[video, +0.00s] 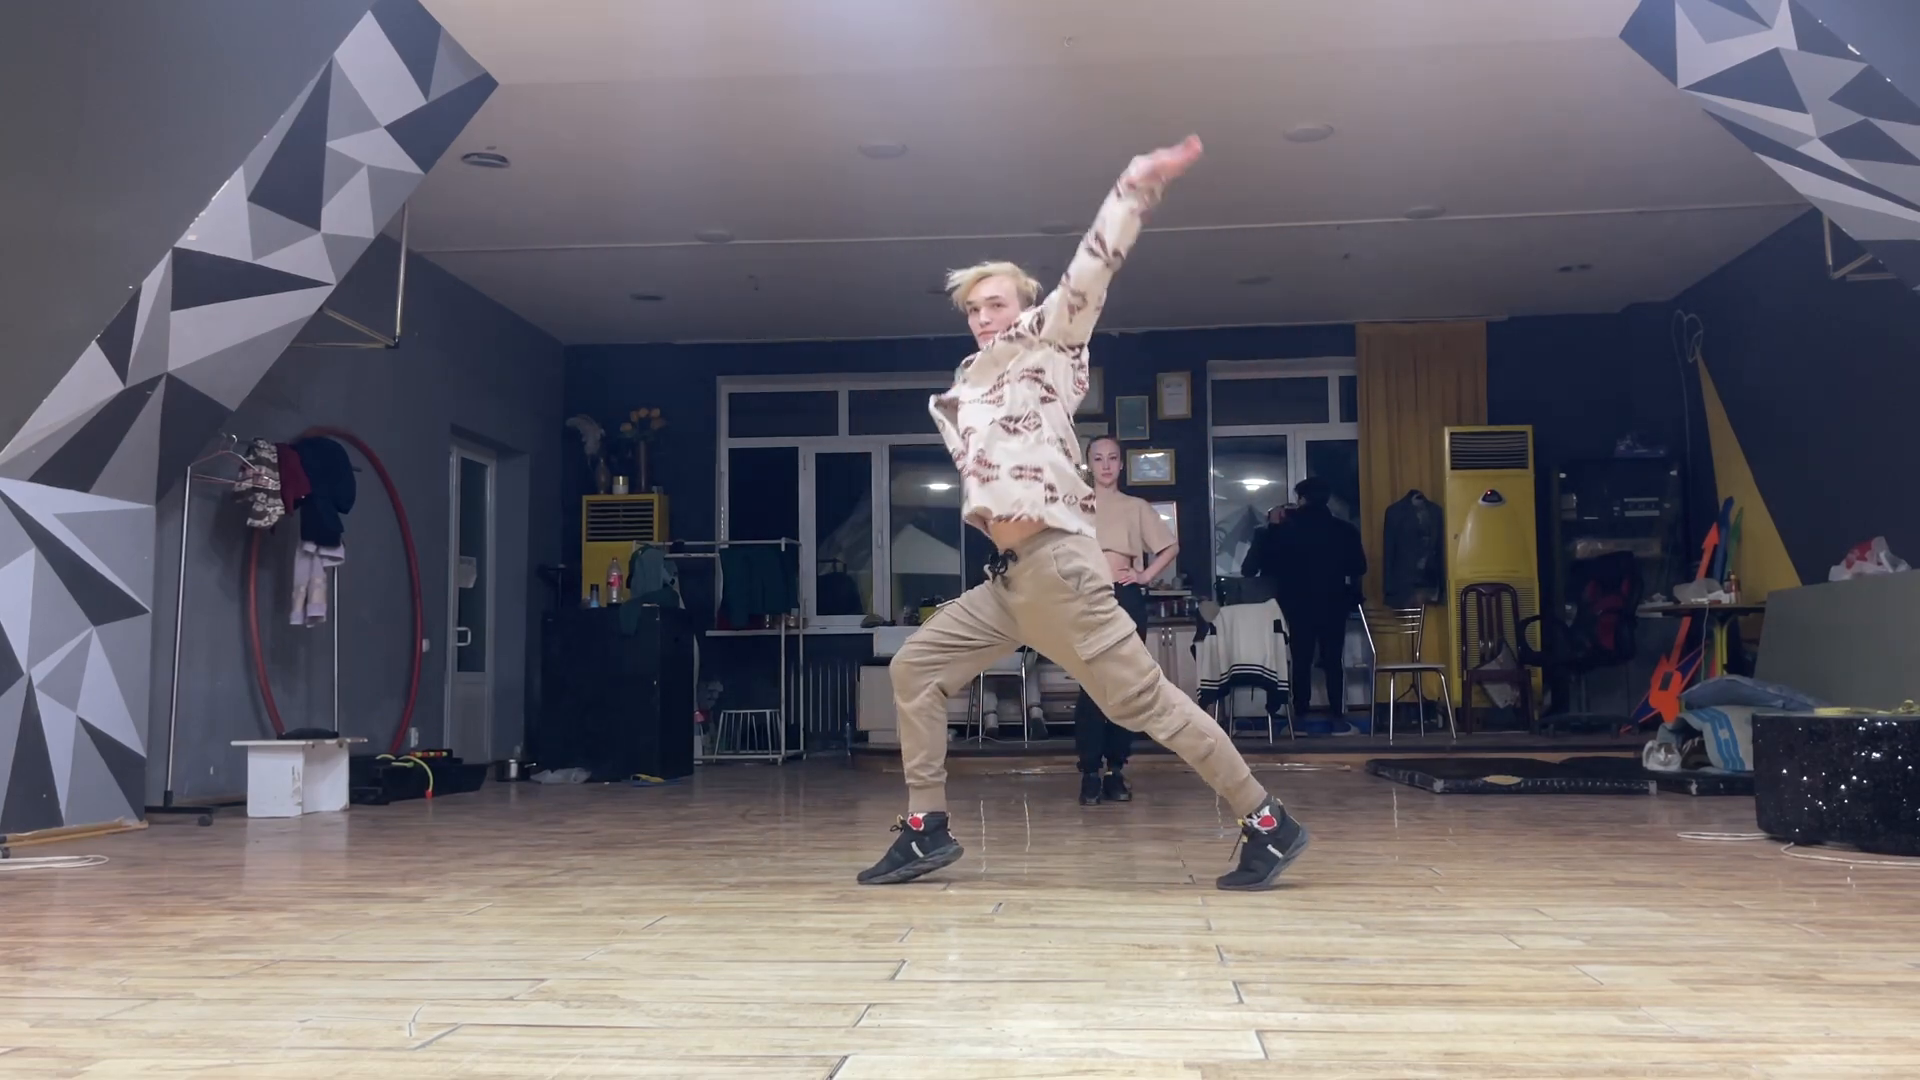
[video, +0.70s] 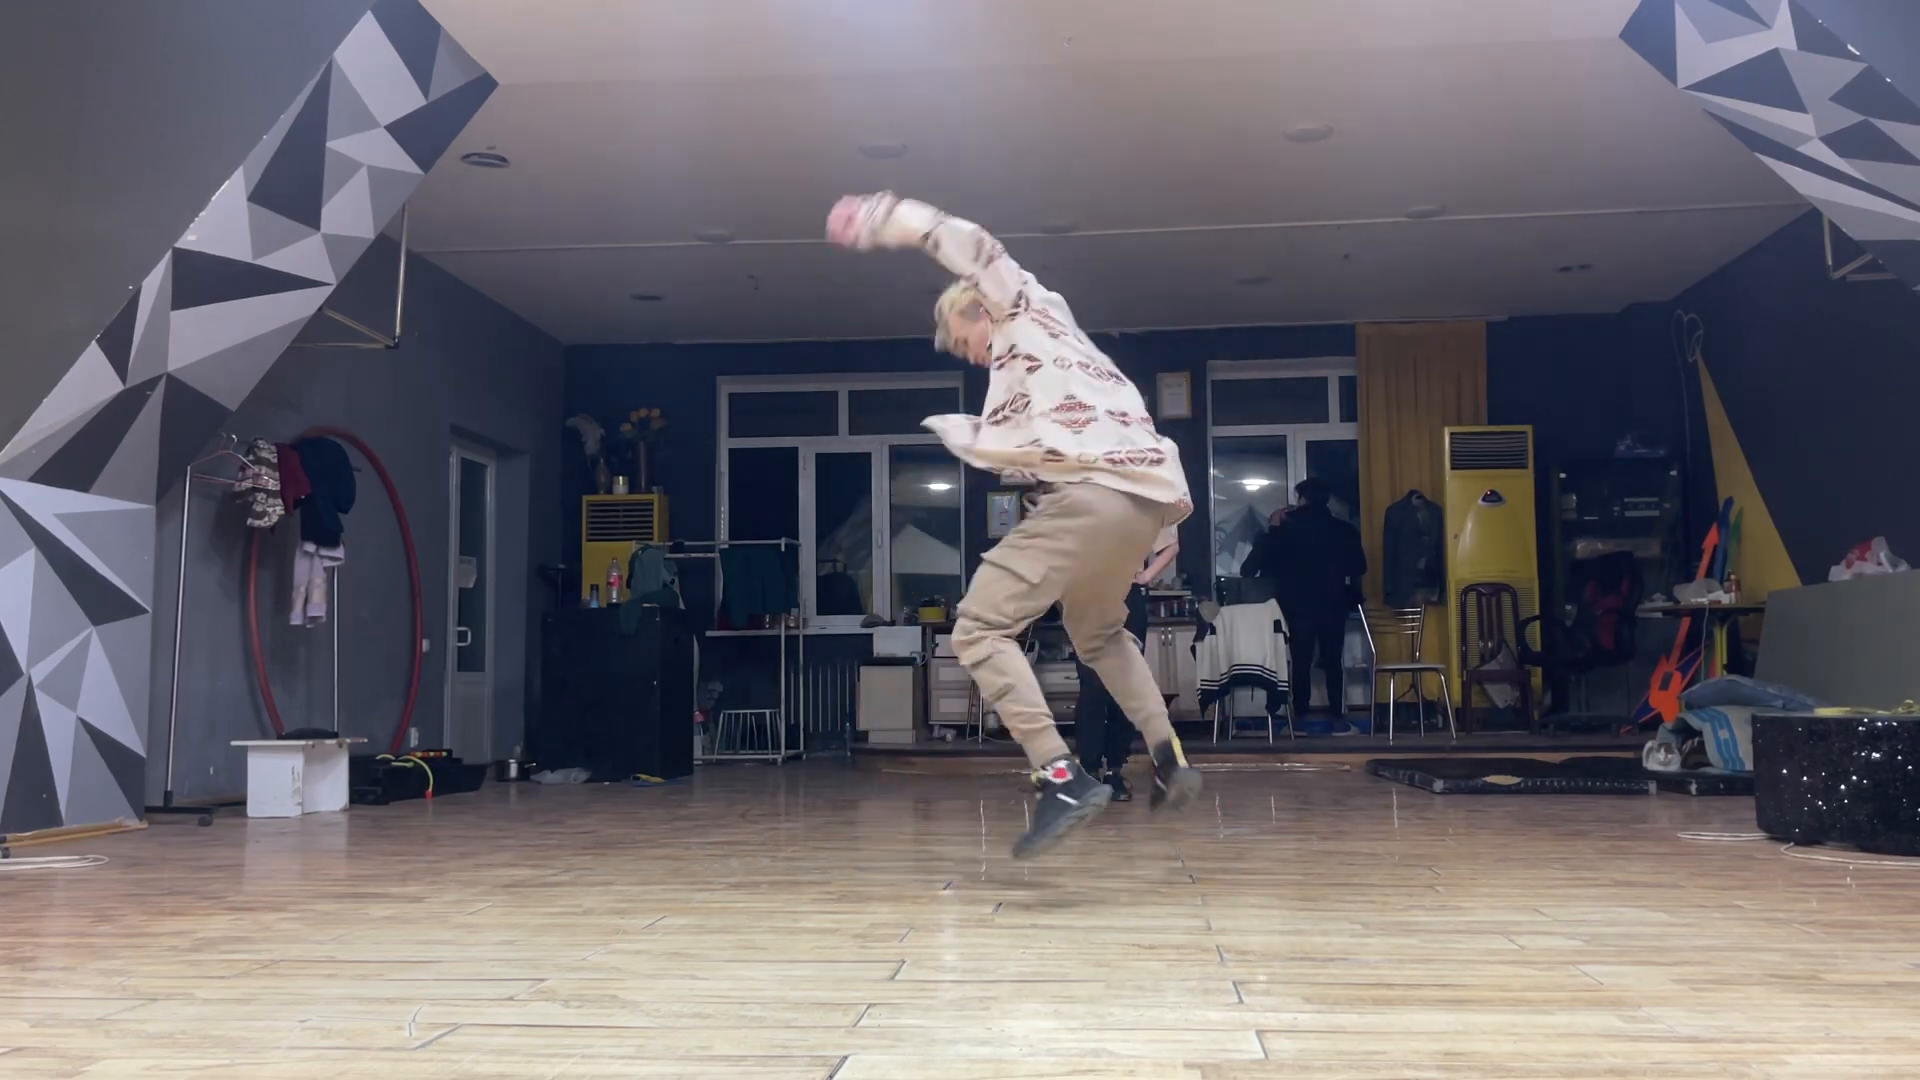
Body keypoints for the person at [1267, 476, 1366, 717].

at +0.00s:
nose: (1299, 502)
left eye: (1300, 498)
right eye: (1300, 498)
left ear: (1302, 499)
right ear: (1327, 499)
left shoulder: (1286, 529)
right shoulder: (1345, 530)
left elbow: (1252, 568)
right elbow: (1358, 568)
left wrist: (1271, 527)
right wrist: (1352, 597)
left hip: (1297, 605)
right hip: (1333, 604)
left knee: (1301, 661)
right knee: (1333, 661)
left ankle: (1300, 719)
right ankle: (1337, 719)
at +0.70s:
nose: (1298, 502)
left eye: (1299, 498)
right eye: (1300, 498)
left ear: (1302, 499)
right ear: (1327, 499)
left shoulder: (1287, 528)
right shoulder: (1345, 529)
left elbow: (1252, 567)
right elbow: (1358, 568)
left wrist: (1272, 529)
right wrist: (1354, 598)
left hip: (1297, 604)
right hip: (1333, 603)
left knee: (1300, 660)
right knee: (1333, 661)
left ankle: (1300, 716)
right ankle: (1337, 718)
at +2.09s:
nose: (1269, 513)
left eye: (1269, 509)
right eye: (1269, 509)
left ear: (1272, 508)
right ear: (1294, 504)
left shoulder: (1266, 530)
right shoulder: (1316, 524)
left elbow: (1254, 568)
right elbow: (1332, 557)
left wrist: (1272, 590)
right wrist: (1311, 566)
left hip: (1288, 603)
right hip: (1321, 600)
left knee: (1296, 662)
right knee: (1329, 661)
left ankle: (1298, 718)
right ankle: (1337, 718)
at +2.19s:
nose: (1266, 512)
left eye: (1266, 508)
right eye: (1268, 508)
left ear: (1268, 508)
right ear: (1292, 504)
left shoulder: (1263, 531)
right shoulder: (1313, 523)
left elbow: (1252, 569)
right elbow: (1330, 557)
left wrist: (1269, 591)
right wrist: (1310, 566)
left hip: (1287, 603)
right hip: (1319, 601)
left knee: (1295, 662)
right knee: (1329, 661)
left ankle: (1298, 718)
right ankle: (1337, 719)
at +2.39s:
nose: (1264, 512)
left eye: (1264, 508)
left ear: (1265, 508)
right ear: (1288, 505)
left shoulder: (1259, 532)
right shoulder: (1309, 523)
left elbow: (1253, 572)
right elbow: (1329, 556)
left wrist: (1272, 593)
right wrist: (1307, 556)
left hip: (1285, 604)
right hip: (1319, 600)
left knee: (1294, 662)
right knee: (1328, 660)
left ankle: (1297, 718)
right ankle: (1336, 715)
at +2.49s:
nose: (1264, 513)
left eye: (1263, 509)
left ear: (1264, 509)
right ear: (1287, 505)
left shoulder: (1259, 532)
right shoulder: (1308, 523)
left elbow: (1251, 571)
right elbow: (1328, 555)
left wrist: (1271, 593)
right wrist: (1307, 561)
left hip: (1285, 604)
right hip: (1319, 599)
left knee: (1294, 663)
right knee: (1328, 660)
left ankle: (1297, 719)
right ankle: (1336, 716)